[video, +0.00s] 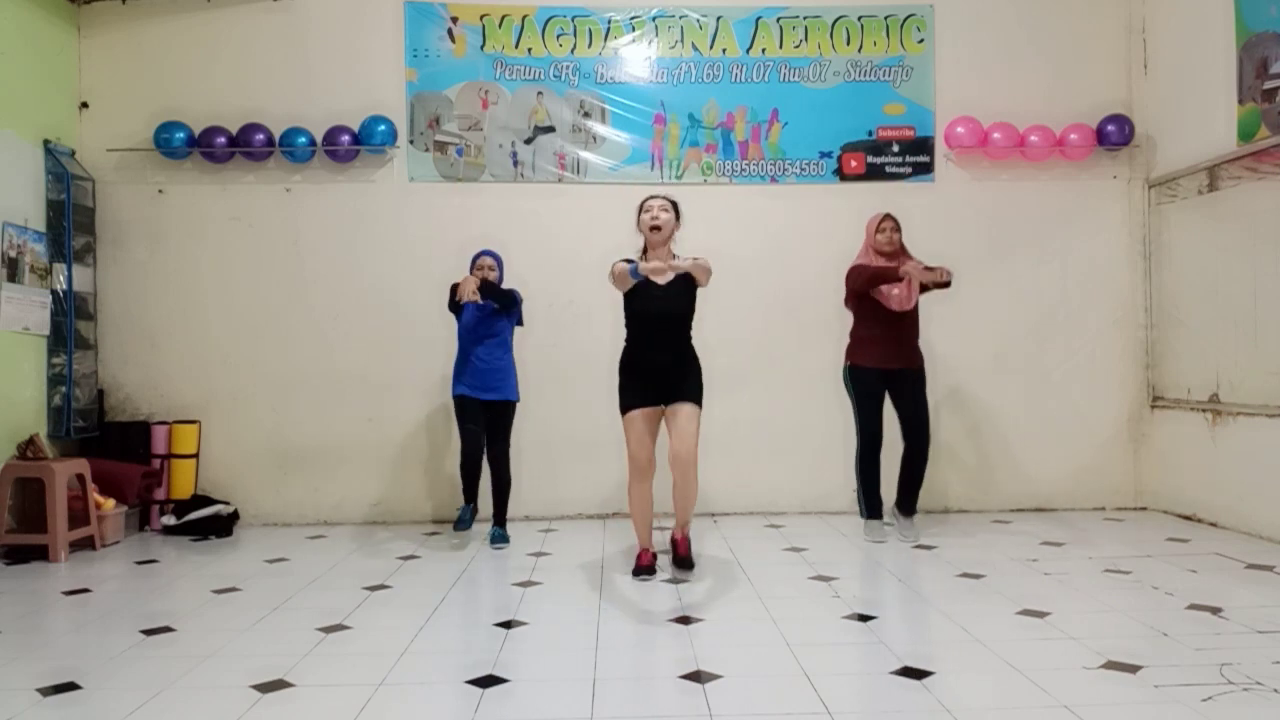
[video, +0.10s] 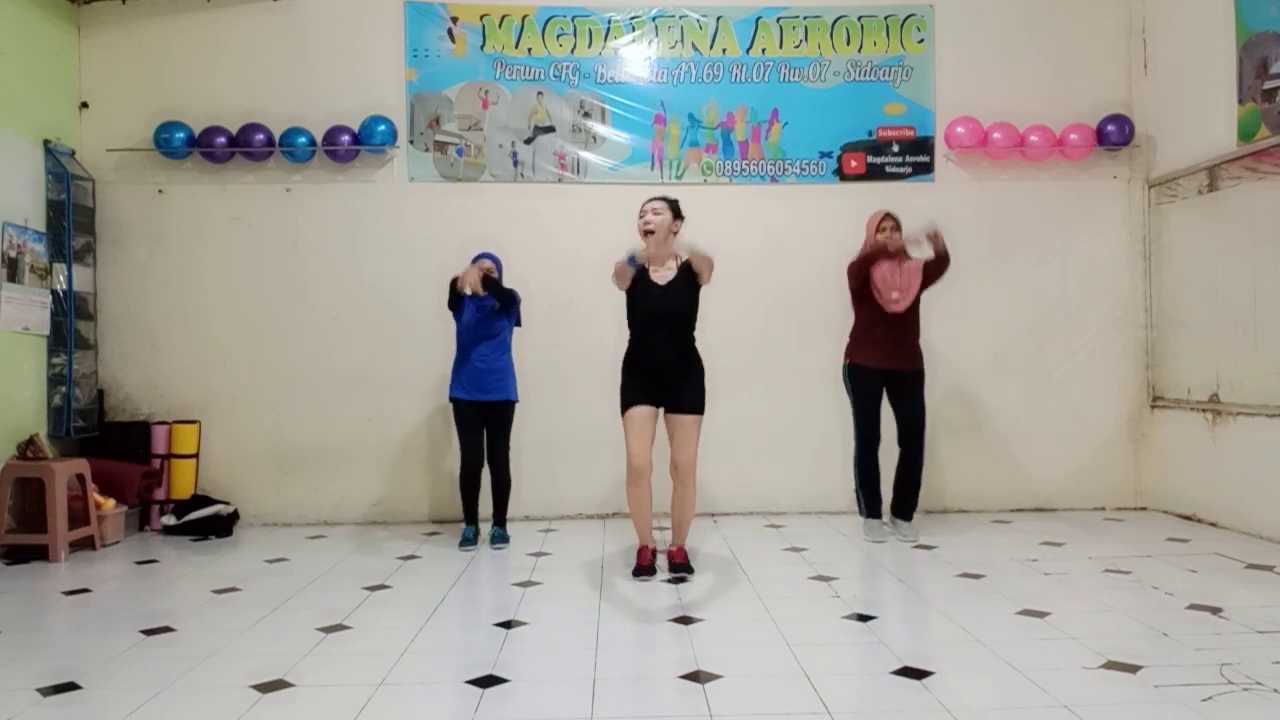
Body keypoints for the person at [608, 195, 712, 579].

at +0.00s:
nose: (655, 215)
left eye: (664, 210)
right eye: (648, 211)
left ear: (676, 224)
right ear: (639, 225)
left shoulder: (691, 266)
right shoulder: (627, 267)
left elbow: (704, 274)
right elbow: (619, 276)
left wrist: (685, 268)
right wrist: (637, 271)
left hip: (682, 369)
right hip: (638, 370)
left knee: (684, 456)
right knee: (640, 462)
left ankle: (682, 536)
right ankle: (645, 548)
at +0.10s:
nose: (648, 218)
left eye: (656, 212)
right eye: (643, 215)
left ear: (676, 225)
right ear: (639, 227)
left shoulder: (693, 269)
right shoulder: (631, 270)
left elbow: (705, 267)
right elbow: (620, 277)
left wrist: (690, 253)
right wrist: (633, 259)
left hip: (684, 371)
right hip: (639, 371)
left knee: (683, 465)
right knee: (638, 465)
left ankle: (678, 548)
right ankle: (645, 547)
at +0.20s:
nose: (641, 219)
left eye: (651, 213)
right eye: (639, 214)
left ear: (673, 223)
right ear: (640, 224)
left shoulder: (693, 266)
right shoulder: (632, 267)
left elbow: (708, 234)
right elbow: (615, 242)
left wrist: (682, 192)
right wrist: (629, 204)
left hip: (685, 368)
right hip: (642, 367)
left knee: (684, 462)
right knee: (636, 442)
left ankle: (679, 547)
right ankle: (644, 524)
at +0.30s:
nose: (640, 219)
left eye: (648, 213)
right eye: (640, 213)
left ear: (672, 221)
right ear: (643, 222)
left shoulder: (693, 263)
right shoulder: (631, 263)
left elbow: (710, 210)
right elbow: (610, 216)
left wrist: (681, 158)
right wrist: (629, 161)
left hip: (685, 368)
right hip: (642, 367)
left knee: (684, 463)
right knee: (640, 440)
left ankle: (678, 546)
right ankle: (644, 513)